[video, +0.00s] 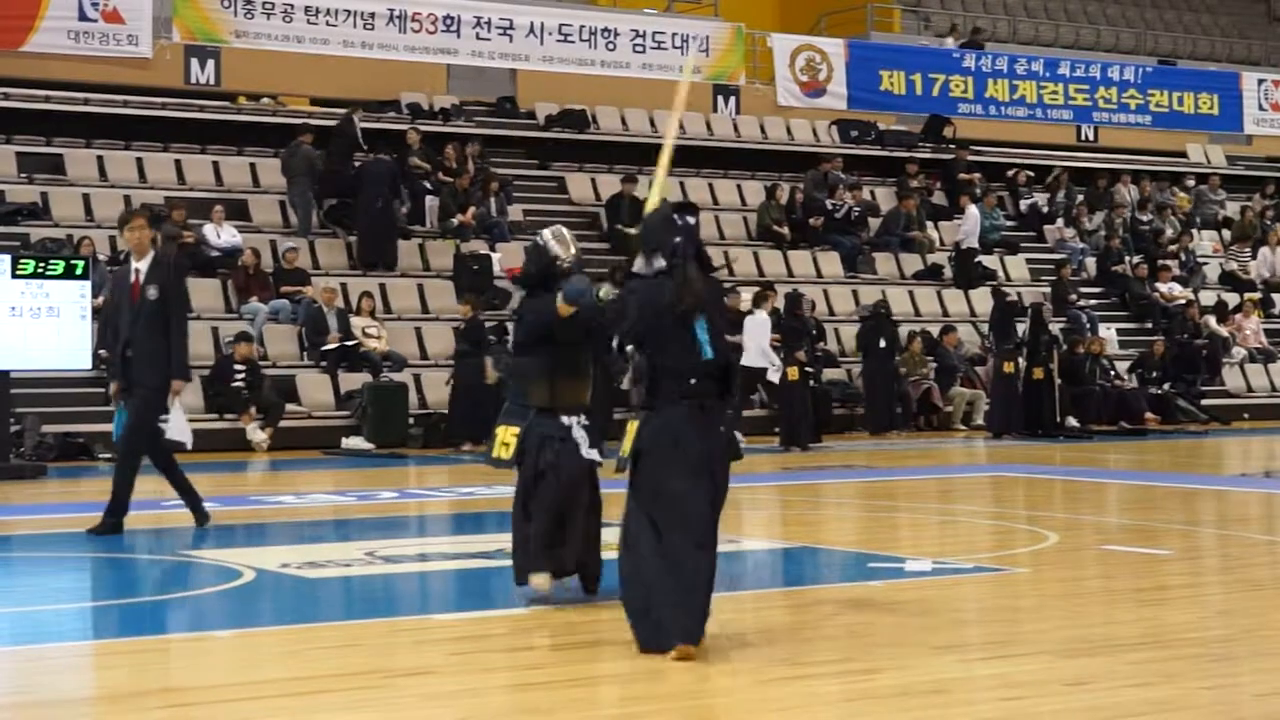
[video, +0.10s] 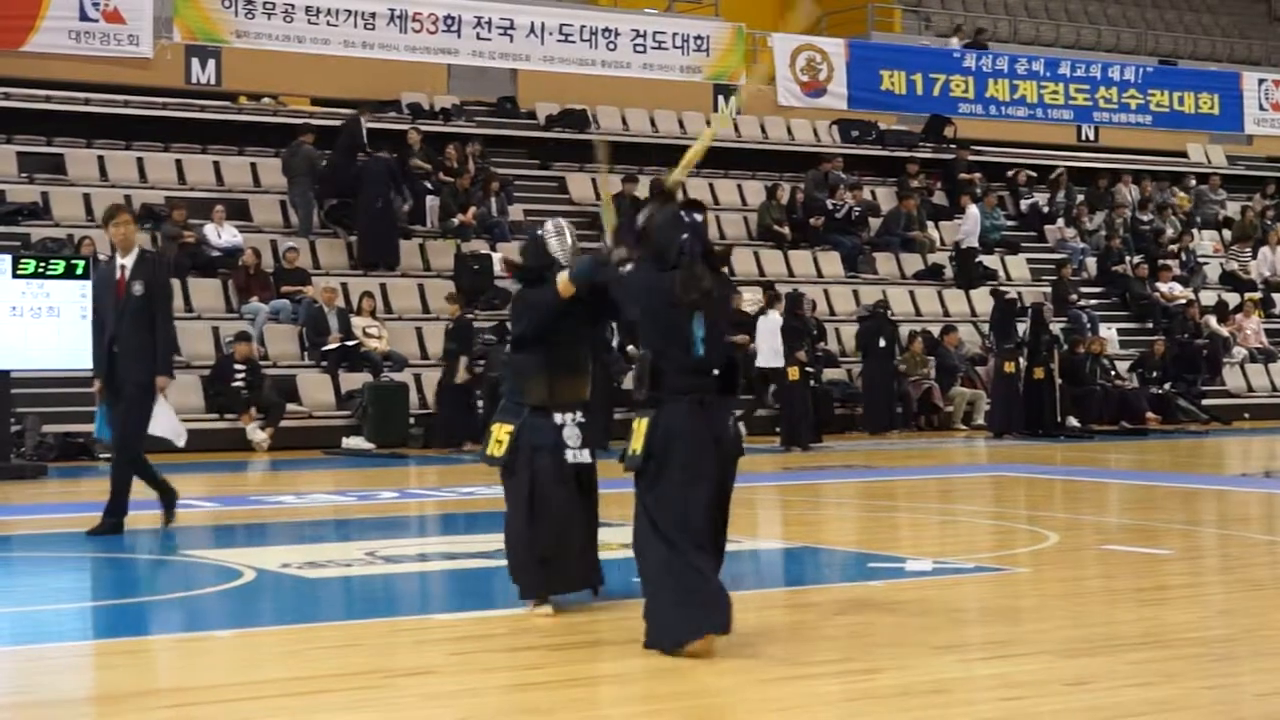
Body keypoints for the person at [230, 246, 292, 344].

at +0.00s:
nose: (244, 258)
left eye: (248, 256)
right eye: (244, 255)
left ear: (256, 260)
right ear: (242, 258)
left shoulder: (263, 274)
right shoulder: (239, 272)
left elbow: (271, 294)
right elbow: (240, 286)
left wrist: (259, 298)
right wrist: (242, 267)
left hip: (265, 303)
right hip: (245, 304)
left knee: (285, 304)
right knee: (263, 310)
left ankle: (283, 337)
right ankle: (255, 342)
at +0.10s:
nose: (245, 258)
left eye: (248, 255)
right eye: (244, 255)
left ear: (256, 259)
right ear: (243, 258)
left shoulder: (263, 274)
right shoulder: (240, 272)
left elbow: (272, 294)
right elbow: (241, 286)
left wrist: (259, 297)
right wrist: (242, 267)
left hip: (266, 303)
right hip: (246, 304)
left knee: (285, 304)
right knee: (264, 310)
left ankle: (283, 338)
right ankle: (255, 342)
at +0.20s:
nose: (245, 257)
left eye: (249, 255)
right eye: (245, 255)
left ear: (257, 259)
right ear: (243, 258)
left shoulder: (264, 273)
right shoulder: (240, 272)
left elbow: (272, 293)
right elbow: (242, 286)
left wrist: (260, 297)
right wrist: (243, 266)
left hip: (266, 302)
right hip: (247, 303)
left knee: (286, 304)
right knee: (264, 309)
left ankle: (284, 338)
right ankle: (255, 342)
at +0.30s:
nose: (246, 257)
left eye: (249, 254)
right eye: (246, 254)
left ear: (258, 259)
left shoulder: (265, 273)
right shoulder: (241, 271)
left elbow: (272, 292)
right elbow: (242, 285)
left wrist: (260, 297)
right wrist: (243, 266)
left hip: (267, 302)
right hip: (248, 303)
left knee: (287, 304)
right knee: (265, 309)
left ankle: (284, 337)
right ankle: (256, 341)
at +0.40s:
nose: (247, 257)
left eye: (251, 254)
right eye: (247, 254)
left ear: (259, 259)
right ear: (245, 257)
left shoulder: (265, 273)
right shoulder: (242, 271)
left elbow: (273, 292)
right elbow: (243, 284)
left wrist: (261, 296)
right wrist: (244, 266)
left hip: (267, 301)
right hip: (248, 302)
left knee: (288, 303)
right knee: (266, 309)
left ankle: (285, 336)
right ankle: (258, 342)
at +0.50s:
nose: (248, 256)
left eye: (251, 254)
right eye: (247, 254)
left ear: (259, 259)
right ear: (245, 257)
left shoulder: (265, 272)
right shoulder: (242, 271)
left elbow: (274, 292)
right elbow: (244, 285)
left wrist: (261, 296)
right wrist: (244, 266)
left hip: (268, 301)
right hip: (248, 303)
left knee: (288, 303)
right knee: (266, 308)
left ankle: (286, 336)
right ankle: (261, 342)